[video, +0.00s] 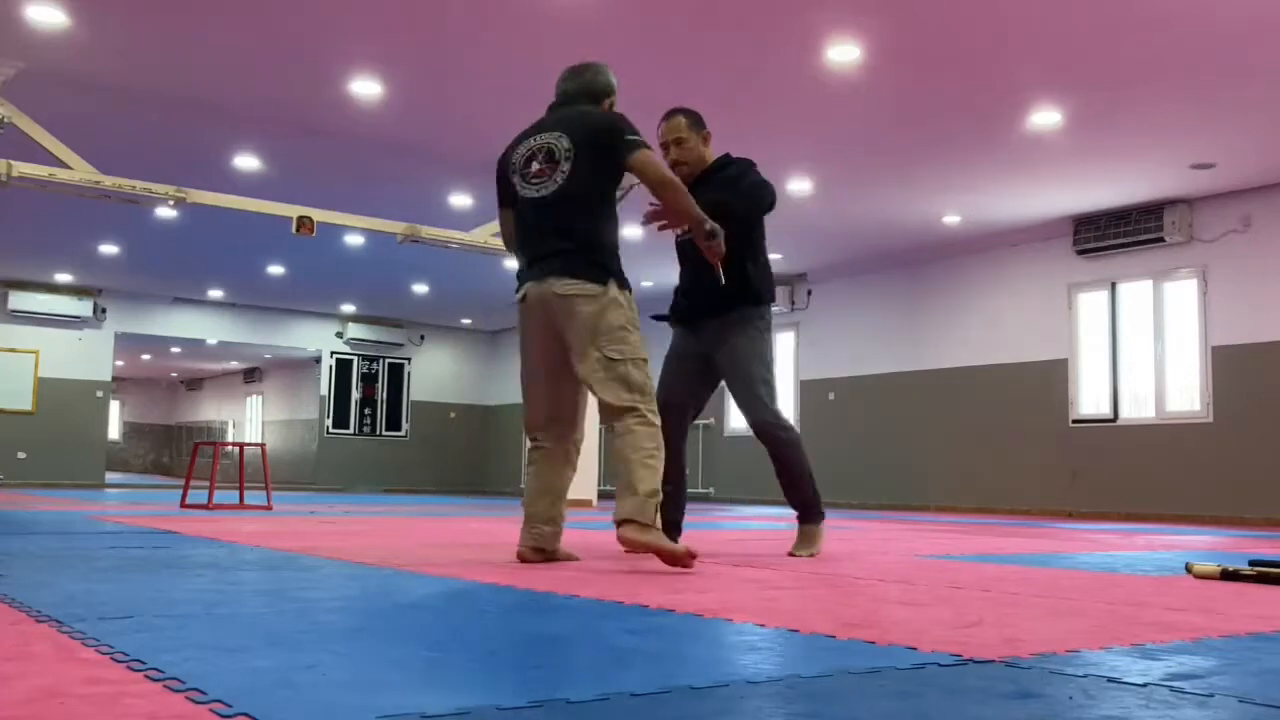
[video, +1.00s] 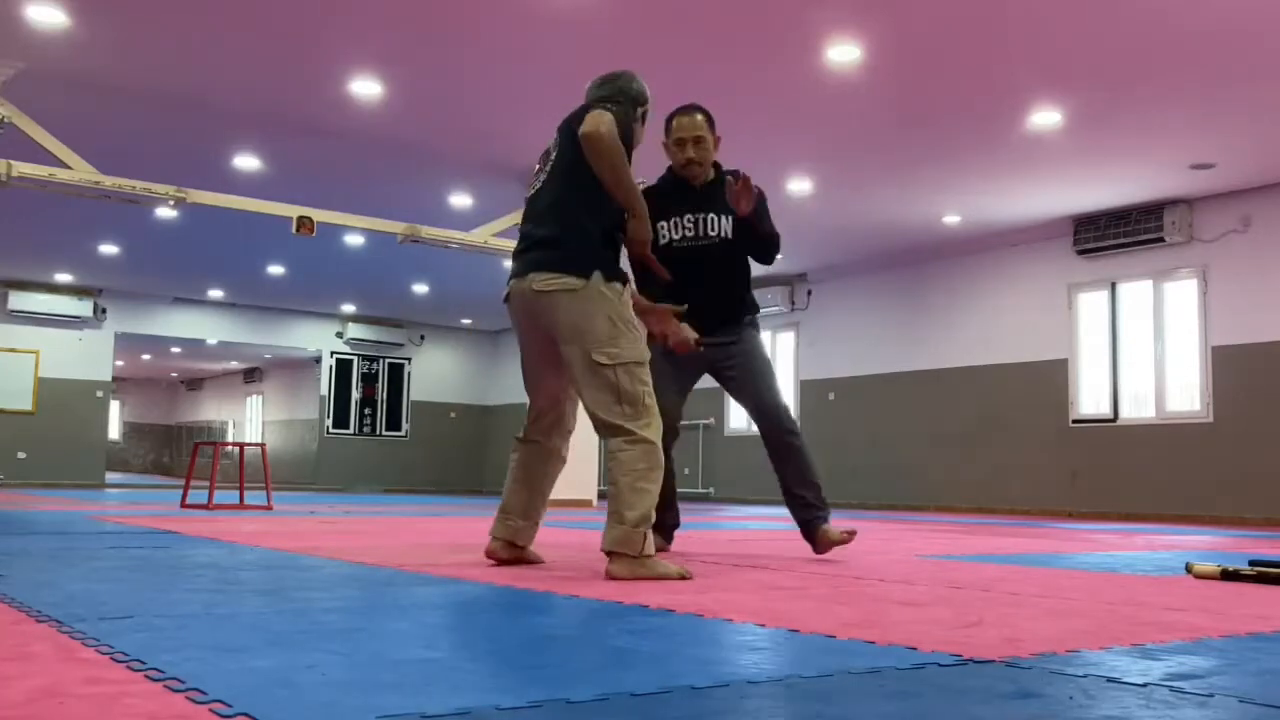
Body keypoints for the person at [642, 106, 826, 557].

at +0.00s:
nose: (672, 154)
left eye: (680, 143)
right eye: (665, 147)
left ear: (705, 141)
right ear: (661, 153)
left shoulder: (735, 171)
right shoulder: (680, 193)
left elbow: (761, 197)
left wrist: (691, 209)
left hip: (741, 320)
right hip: (692, 325)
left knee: (764, 418)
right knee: (668, 417)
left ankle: (811, 520)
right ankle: (666, 531)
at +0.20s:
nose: (648, 166)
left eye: (649, 157)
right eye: (642, 160)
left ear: (664, 152)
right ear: (641, 163)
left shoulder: (703, 176)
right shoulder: (642, 197)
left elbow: (754, 208)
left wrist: (751, 263)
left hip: (719, 321)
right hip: (669, 327)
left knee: (742, 421)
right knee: (649, 425)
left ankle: (811, 517)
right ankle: (664, 531)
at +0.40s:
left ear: (679, 148)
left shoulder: (708, 183)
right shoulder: (629, 192)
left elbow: (758, 221)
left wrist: (736, 263)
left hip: (712, 319)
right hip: (653, 324)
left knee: (760, 417)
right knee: (649, 426)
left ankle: (801, 525)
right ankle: (661, 535)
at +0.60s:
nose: (674, 154)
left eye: (680, 142)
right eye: (664, 145)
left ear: (690, 143)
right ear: (651, 152)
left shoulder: (710, 193)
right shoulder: (634, 198)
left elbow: (739, 249)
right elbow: (619, 254)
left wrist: (733, 291)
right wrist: (634, 298)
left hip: (704, 324)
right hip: (651, 326)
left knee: (745, 426)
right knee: (653, 426)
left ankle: (773, 527)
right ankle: (657, 531)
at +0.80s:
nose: (675, 149)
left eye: (682, 139)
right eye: (665, 141)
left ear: (698, 142)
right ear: (650, 146)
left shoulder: (715, 194)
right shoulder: (635, 190)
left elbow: (732, 252)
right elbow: (620, 258)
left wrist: (745, 273)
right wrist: (678, 297)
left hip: (711, 327)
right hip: (655, 331)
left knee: (751, 423)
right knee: (650, 430)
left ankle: (771, 528)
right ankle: (657, 532)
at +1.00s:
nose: (690, 153)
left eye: (698, 142)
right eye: (680, 144)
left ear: (716, 143)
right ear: (666, 147)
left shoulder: (740, 192)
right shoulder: (647, 203)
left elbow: (767, 254)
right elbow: (635, 276)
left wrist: (750, 215)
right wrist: (659, 318)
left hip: (734, 335)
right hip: (673, 338)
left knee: (777, 420)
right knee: (654, 430)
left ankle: (816, 526)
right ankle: (659, 529)